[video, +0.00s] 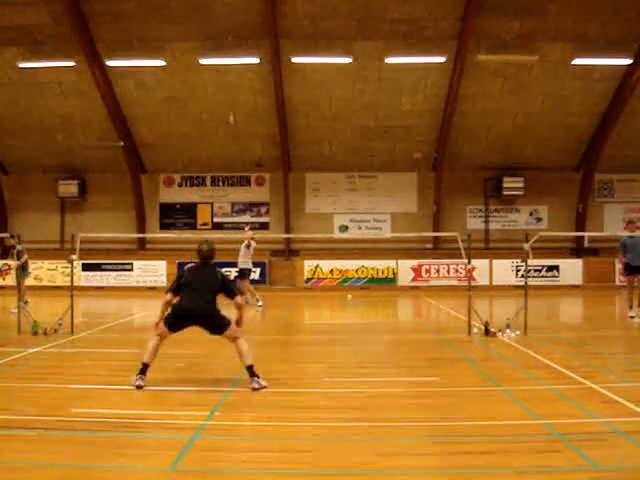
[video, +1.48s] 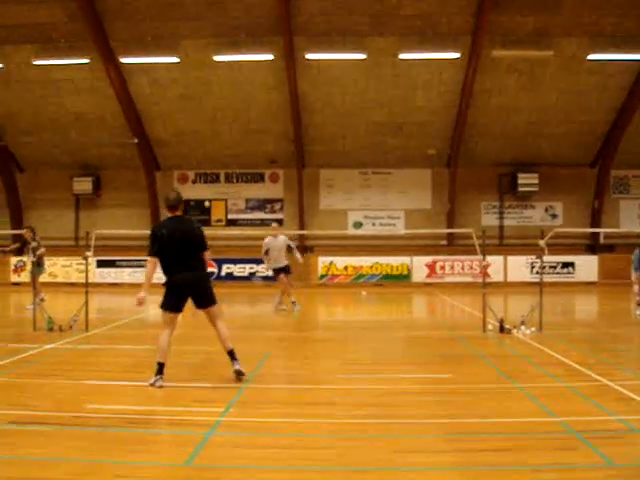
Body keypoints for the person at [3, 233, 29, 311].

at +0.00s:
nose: (7, 243)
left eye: (9, 240)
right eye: (7, 241)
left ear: (14, 240)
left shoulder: (20, 248)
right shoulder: (13, 250)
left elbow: (25, 257)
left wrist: (19, 263)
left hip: (23, 269)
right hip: (19, 269)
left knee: (21, 287)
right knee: (19, 286)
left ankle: (20, 304)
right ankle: (24, 299)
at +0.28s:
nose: (8, 242)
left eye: (9, 240)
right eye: (7, 240)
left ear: (14, 240)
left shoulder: (20, 248)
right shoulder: (14, 249)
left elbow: (25, 257)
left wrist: (18, 263)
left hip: (23, 270)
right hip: (19, 269)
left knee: (20, 286)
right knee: (19, 286)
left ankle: (19, 305)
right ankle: (25, 298)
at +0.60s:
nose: (6, 241)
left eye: (7, 238)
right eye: (5, 239)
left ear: (12, 238)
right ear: (5, 240)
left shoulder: (19, 247)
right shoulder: (11, 249)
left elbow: (25, 255)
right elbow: (10, 258)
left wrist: (18, 261)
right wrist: (6, 263)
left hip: (23, 268)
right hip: (17, 267)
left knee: (20, 286)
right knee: (18, 285)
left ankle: (19, 304)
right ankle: (24, 298)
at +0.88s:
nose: (8, 239)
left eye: (9, 237)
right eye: (7, 237)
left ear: (15, 237)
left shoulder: (21, 247)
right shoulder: (13, 248)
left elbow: (27, 254)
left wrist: (20, 262)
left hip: (24, 268)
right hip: (20, 267)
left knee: (21, 286)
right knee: (20, 285)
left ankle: (21, 304)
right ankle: (25, 298)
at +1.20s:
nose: (20, 238)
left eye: (21, 236)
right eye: (19, 236)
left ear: (27, 236)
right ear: (20, 237)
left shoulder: (31, 245)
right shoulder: (21, 244)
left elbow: (37, 252)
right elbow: (11, 247)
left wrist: (31, 259)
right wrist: (3, 251)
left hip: (35, 266)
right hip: (30, 265)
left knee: (31, 283)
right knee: (30, 283)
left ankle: (31, 303)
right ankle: (36, 297)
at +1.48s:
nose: (26, 235)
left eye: (27, 233)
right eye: (25, 233)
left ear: (32, 234)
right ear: (24, 235)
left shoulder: (36, 243)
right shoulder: (26, 243)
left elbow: (42, 250)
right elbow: (17, 245)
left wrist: (37, 255)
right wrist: (8, 249)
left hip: (39, 265)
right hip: (34, 265)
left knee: (35, 283)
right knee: (34, 283)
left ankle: (35, 302)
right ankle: (40, 296)